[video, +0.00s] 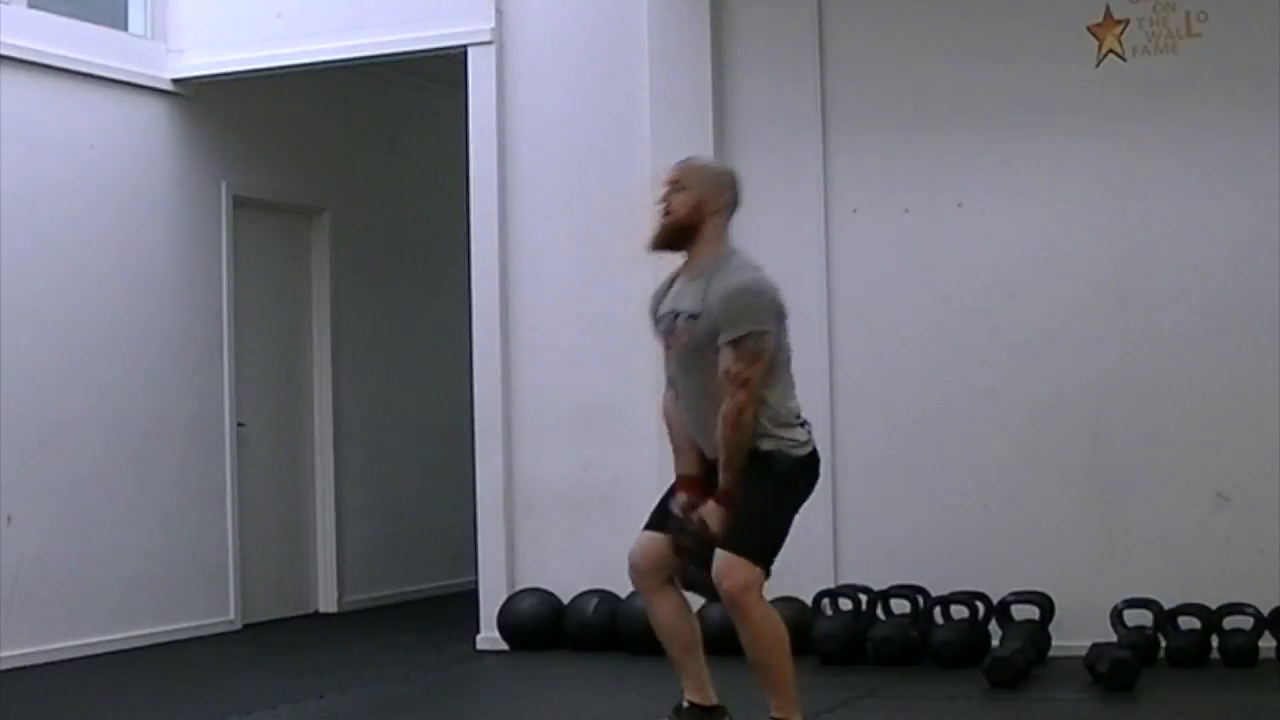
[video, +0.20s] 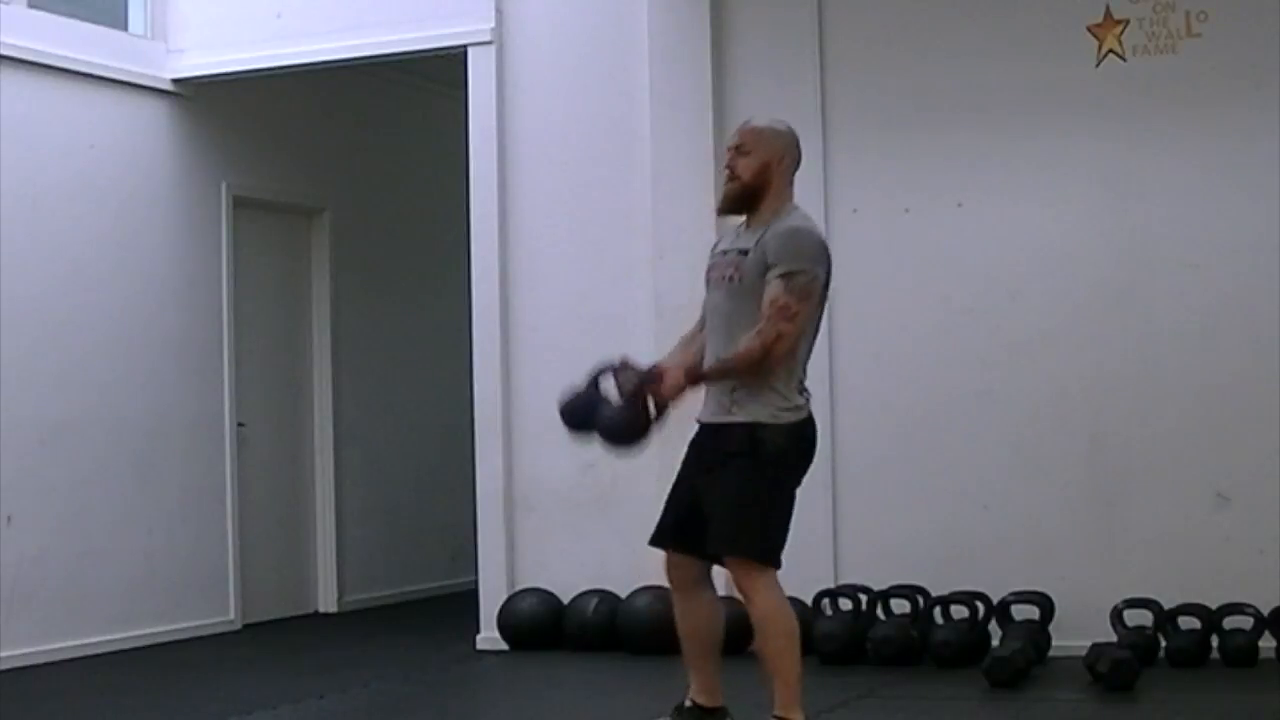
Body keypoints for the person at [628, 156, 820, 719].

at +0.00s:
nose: (662, 200)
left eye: (676, 190)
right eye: (665, 191)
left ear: (712, 204)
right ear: (699, 207)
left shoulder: (745, 287)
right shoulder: (670, 294)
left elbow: (741, 404)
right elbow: (676, 394)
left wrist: (726, 493)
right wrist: (688, 475)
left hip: (775, 458)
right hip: (715, 460)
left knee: (736, 579)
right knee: (649, 564)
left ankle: (788, 713)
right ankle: (701, 702)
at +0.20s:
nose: (727, 162)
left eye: (742, 152)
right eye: (729, 152)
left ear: (780, 167)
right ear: (750, 169)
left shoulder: (795, 237)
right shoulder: (732, 238)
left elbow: (772, 342)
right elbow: (711, 329)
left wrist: (691, 375)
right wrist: (663, 377)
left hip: (769, 430)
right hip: (720, 428)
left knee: (750, 567)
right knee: (684, 562)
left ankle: (790, 711)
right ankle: (705, 703)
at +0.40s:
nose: (719, 155)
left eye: (735, 146)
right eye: (721, 146)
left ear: (773, 162)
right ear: (734, 161)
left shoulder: (788, 233)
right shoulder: (716, 239)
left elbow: (766, 323)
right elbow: (697, 336)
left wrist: (689, 277)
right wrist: (645, 291)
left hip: (765, 429)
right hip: (709, 428)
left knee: (754, 570)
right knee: (687, 564)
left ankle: (790, 711)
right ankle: (705, 703)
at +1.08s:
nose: (715, 158)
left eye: (731, 152)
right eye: (720, 150)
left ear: (764, 174)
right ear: (723, 171)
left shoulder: (771, 247)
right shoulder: (693, 235)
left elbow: (701, 308)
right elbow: (638, 316)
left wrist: (701, 226)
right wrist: (657, 247)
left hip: (734, 434)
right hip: (677, 432)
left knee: (712, 576)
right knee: (647, 574)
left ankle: (781, 710)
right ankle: (699, 702)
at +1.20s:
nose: (722, 124)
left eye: (737, 119)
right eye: (727, 118)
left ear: (763, 150)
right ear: (735, 150)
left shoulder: (768, 213)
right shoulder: (697, 216)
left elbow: (688, 216)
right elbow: (618, 231)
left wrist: (691, 150)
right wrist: (648, 167)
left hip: (735, 402)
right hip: (679, 401)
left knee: (730, 556)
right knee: (668, 556)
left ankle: (779, 707)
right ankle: (695, 699)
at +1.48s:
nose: (650, 179)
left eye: (662, 170)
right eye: (651, 170)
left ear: (702, 178)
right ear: (665, 182)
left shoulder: (725, 238)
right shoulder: (669, 239)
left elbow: (737, 138)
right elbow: (663, 143)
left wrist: (730, 58)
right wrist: (668, 67)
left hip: (751, 439)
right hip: (702, 443)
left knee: (715, 588)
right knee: (650, 574)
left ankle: (784, 712)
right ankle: (701, 704)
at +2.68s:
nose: (702, 155)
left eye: (711, 145)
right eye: (704, 146)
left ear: (745, 154)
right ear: (739, 157)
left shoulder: (781, 215)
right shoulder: (699, 222)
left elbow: (729, 208)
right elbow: (627, 207)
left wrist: (709, 145)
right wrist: (648, 142)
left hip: (756, 416)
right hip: (703, 417)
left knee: (758, 569)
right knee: (693, 564)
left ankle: (792, 712)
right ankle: (705, 704)